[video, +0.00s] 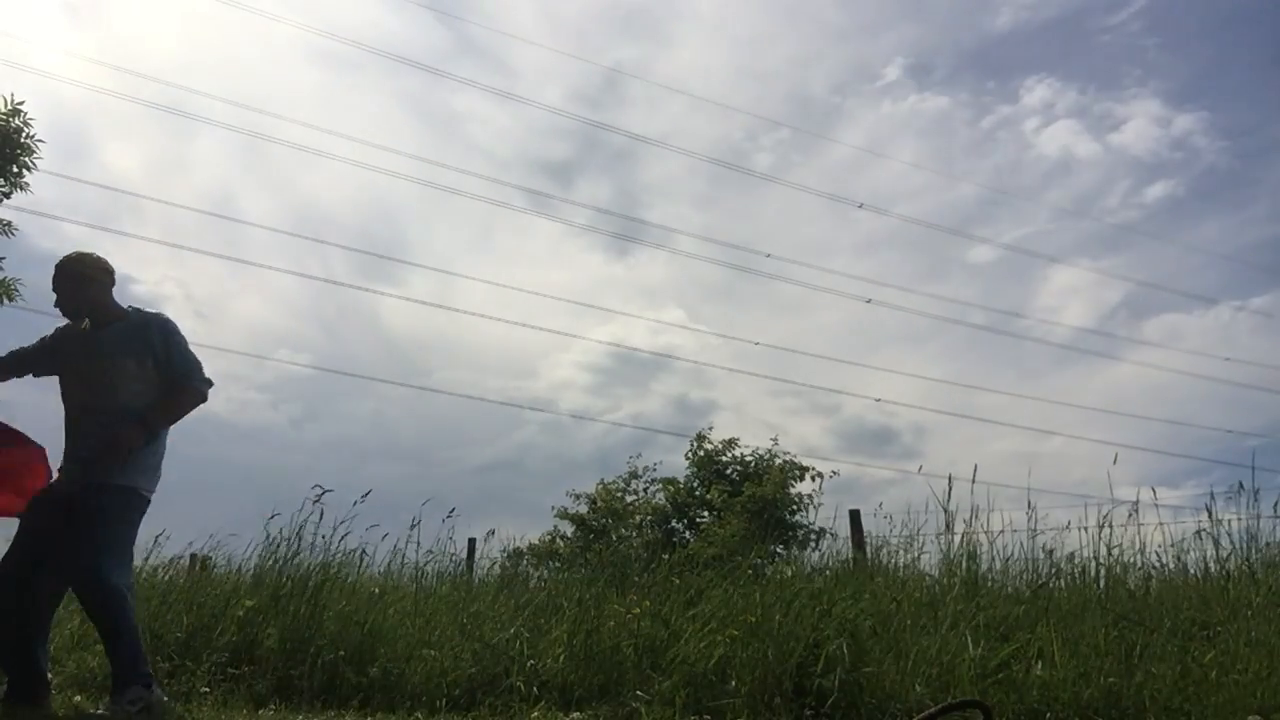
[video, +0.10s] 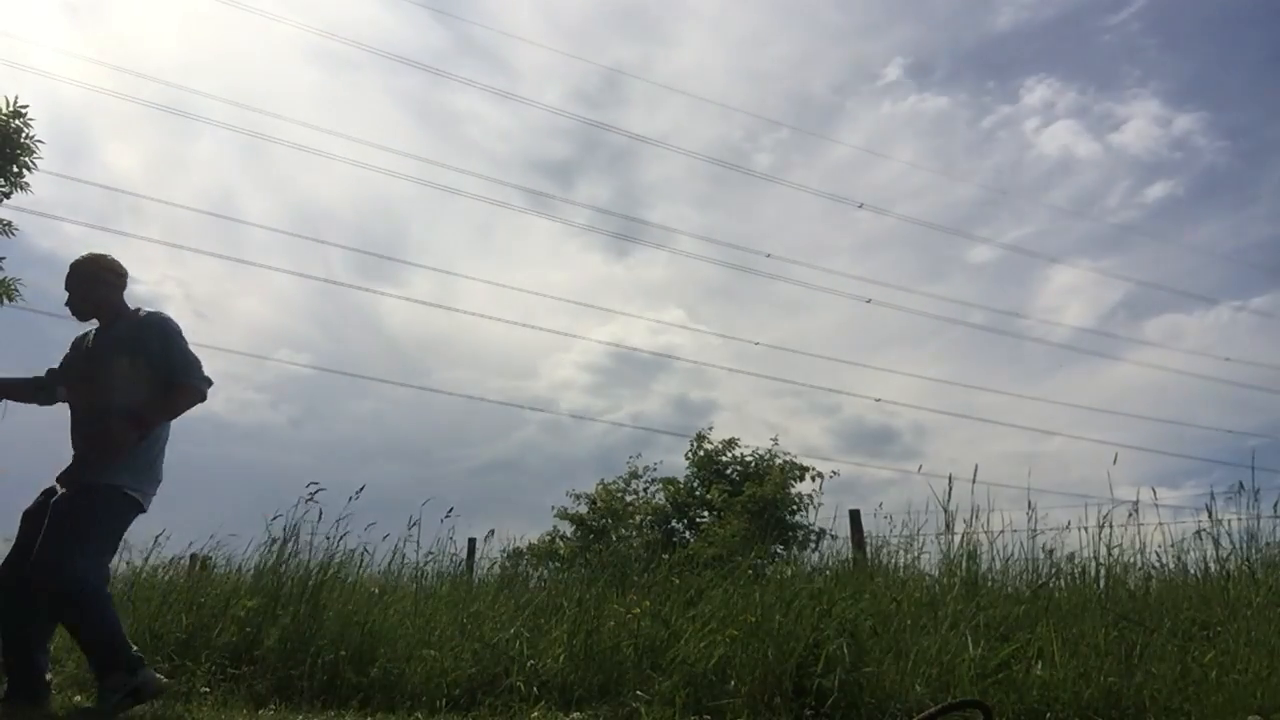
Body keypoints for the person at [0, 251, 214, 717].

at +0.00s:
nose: (57, 300)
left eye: (63, 289)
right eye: (55, 292)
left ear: (95, 284)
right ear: (68, 294)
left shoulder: (153, 329)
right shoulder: (66, 343)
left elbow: (195, 389)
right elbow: (12, 363)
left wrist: (139, 429)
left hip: (126, 482)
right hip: (73, 479)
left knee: (100, 577)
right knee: (20, 579)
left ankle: (136, 691)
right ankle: (27, 696)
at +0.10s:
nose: (68, 296)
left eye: (75, 287)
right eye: (68, 288)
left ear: (106, 286)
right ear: (86, 291)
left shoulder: (154, 327)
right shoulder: (83, 347)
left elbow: (195, 386)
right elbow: (49, 389)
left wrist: (140, 421)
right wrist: (2, 386)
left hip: (123, 478)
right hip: (81, 475)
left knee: (70, 570)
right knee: (22, 573)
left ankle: (126, 675)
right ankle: (26, 692)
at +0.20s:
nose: (82, 294)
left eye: (88, 285)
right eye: (82, 286)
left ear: (112, 284)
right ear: (111, 287)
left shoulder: (150, 322)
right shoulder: (113, 341)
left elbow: (187, 378)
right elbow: (94, 419)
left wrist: (113, 410)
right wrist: (19, 404)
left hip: (119, 483)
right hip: (87, 479)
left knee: (51, 578)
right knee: (24, 577)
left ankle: (123, 683)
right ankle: (26, 693)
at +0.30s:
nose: (98, 286)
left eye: (103, 276)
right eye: (99, 278)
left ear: (127, 274)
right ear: (141, 277)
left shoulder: (136, 307)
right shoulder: (170, 328)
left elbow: (142, 367)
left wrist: (58, 388)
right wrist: (76, 425)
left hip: (117, 477)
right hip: (137, 482)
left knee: (63, 581)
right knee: (57, 579)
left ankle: (129, 696)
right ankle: (33, 693)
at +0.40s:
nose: (114, 273)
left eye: (117, 266)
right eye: (117, 266)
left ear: (125, 264)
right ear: (161, 272)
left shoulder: (125, 293)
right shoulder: (196, 325)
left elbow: (104, 333)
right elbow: (192, 403)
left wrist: (26, 356)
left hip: (122, 469)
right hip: (169, 476)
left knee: (78, 579)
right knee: (108, 583)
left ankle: (132, 695)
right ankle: (63, 686)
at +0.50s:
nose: (132, 262)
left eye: (135, 256)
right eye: (139, 256)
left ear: (139, 256)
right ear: (180, 264)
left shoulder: (127, 286)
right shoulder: (210, 314)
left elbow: (64, 310)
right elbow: (210, 376)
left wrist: (7, 335)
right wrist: (236, 367)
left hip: (132, 460)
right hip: (186, 469)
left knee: (96, 574)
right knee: (140, 575)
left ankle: (127, 697)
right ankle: (162, 685)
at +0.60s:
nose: (153, 256)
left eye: (154, 250)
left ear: (152, 251)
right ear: (199, 260)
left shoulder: (129, 283)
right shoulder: (226, 307)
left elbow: (48, 303)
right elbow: (229, 372)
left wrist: (35, 343)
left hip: (137, 461)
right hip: (206, 466)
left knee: (112, 575)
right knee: (181, 567)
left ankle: (129, 699)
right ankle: (229, 669)